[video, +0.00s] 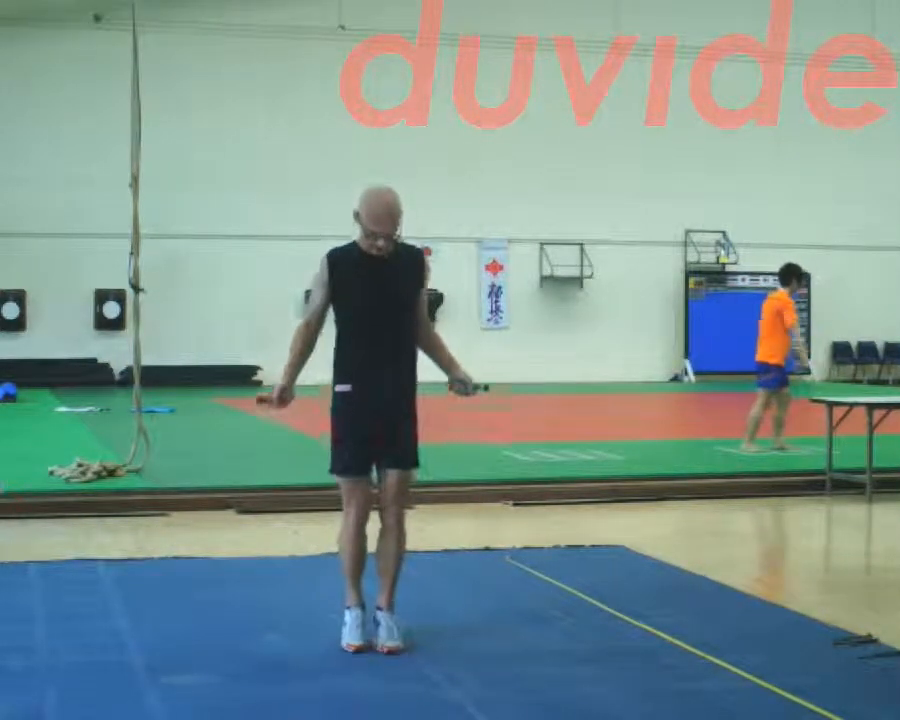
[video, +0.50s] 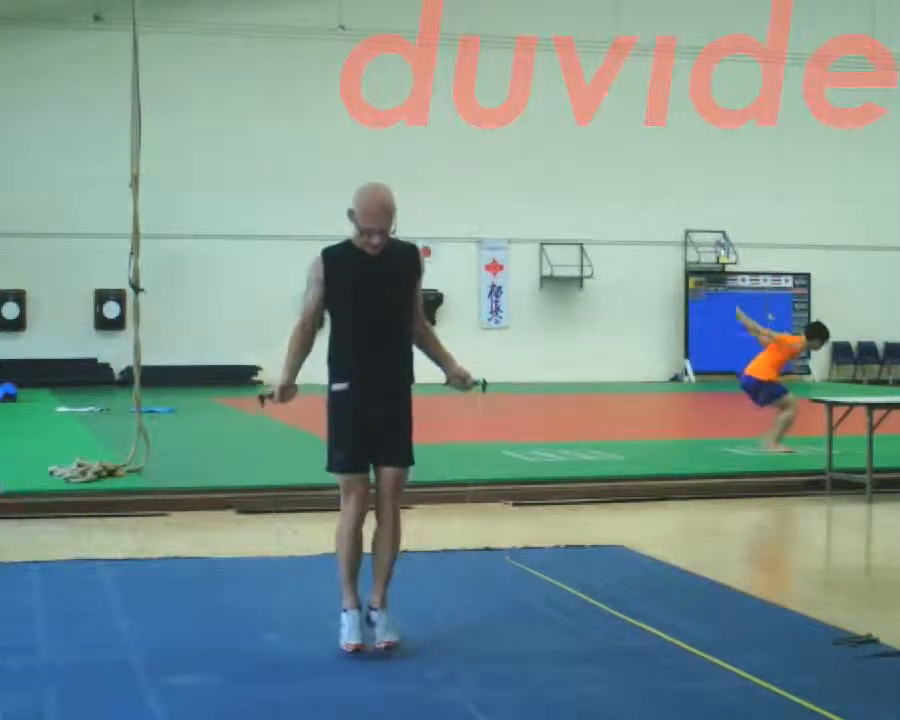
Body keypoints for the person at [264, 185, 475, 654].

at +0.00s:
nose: (382, 244)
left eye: (390, 235)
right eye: (374, 236)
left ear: (401, 223)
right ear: (358, 221)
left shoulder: (414, 262)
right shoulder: (335, 264)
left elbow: (421, 328)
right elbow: (310, 325)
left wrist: (454, 371)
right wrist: (287, 380)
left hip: (399, 396)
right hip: (353, 397)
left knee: (394, 505)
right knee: (357, 506)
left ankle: (385, 611)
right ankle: (353, 609)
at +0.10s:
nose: (380, 244)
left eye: (388, 236)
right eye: (372, 236)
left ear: (399, 225)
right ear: (357, 223)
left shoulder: (415, 263)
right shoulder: (335, 266)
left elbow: (422, 328)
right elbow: (311, 327)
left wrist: (458, 367)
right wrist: (293, 379)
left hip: (398, 397)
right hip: (352, 398)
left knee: (393, 504)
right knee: (357, 505)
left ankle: (384, 613)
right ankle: (355, 611)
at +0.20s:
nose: (378, 269)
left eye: (386, 260)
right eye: (369, 260)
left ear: (399, 249)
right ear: (354, 247)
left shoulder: (414, 289)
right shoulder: (332, 293)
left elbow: (428, 348)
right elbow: (308, 353)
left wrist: (464, 386)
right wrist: (295, 396)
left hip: (397, 421)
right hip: (350, 421)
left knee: (395, 522)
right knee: (358, 526)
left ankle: (381, 623)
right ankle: (353, 623)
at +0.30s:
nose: (378, 274)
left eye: (386, 265)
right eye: (369, 265)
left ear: (398, 253)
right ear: (354, 253)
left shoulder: (413, 294)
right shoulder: (331, 298)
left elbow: (426, 353)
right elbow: (305, 357)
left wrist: (461, 392)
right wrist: (290, 402)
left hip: (396, 422)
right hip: (350, 423)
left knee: (393, 522)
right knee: (362, 525)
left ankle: (380, 623)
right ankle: (355, 624)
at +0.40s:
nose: (378, 250)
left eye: (385, 242)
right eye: (370, 242)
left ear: (396, 230)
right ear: (355, 228)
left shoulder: (410, 267)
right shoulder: (329, 270)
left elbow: (418, 330)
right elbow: (306, 329)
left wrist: (452, 378)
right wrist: (286, 390)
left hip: (396, 398)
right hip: (350, 399)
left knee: (392, 502)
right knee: (355, 505)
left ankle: (382, 616)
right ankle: (353, 615)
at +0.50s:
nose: (376, 240)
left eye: (383, 232)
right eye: (368, 233)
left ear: (394, 222)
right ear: (353, 220)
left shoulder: (409, 258)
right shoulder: (329, 262)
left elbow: (417, 324)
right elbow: (308, 324)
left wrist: (450, 366)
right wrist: (288, 377)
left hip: (395, 392)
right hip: (349, 393)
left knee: (390, 498)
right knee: (355, 499)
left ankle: (379, 608)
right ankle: (350, 609)